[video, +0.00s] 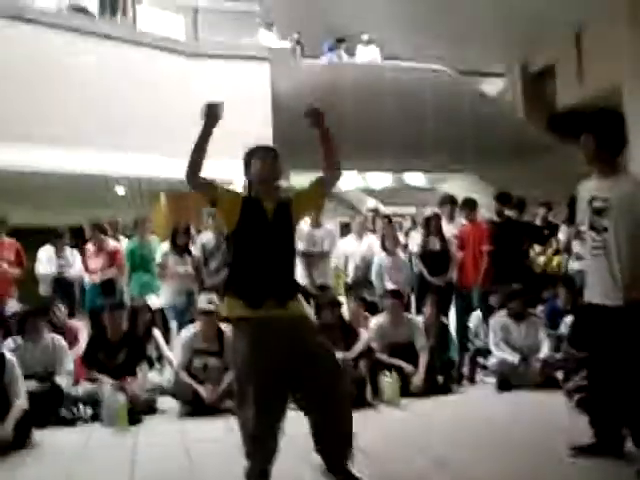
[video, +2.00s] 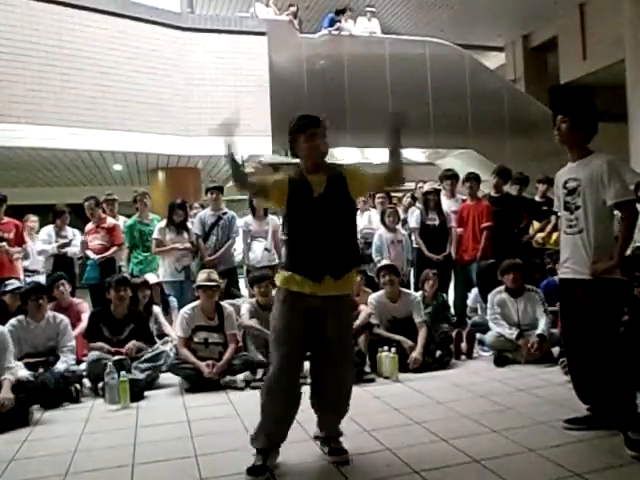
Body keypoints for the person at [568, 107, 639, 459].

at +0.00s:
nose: (584, 151)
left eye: (590, 143)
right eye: (584, 143)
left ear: (609, 146)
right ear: (588, 149)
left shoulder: (630, 188)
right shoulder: (583, 189)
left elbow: (636, 242)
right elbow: (579, 236)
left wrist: (633, 286)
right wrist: (573, 279)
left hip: (622, 296)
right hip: (591, 295)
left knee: (627, 376)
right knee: (597, 374)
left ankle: (631, 439)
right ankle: (606, 437)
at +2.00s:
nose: (557, 130)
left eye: (563, 124)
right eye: (557, 125)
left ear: (582, 129)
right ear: (562, 132)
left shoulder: (604, 165)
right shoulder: (562, 175)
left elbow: (628, 213)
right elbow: (563, 221)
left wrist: (616, 259)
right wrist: (561, 257)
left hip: (601, 276)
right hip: (571, 276)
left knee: (606, 345)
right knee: (577, 345)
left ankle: (620, 411)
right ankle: (597, 408)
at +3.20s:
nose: (558, 134)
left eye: (562, 127)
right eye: (556, 129)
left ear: (581, 128)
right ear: (558, 134)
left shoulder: (606, 166)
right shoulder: (561, 174)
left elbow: (630, 213)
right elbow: (561, 221)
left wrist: (620, 259)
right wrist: (560, 257)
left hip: (603, 275)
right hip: (571, 274)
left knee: (607, 345)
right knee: (577, 346)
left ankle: (621, 413)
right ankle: (597, 409)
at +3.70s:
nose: (560, 129)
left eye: (564, 123)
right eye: (560, 124)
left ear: (582, 126)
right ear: (569, 130)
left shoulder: (611, 163)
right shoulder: (566, 174)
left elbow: (635, 210)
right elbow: (566, 220)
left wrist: (631, 261)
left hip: (611, 278)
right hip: (580, 278)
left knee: (619, 352)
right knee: (584, 348)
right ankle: (600, 411)